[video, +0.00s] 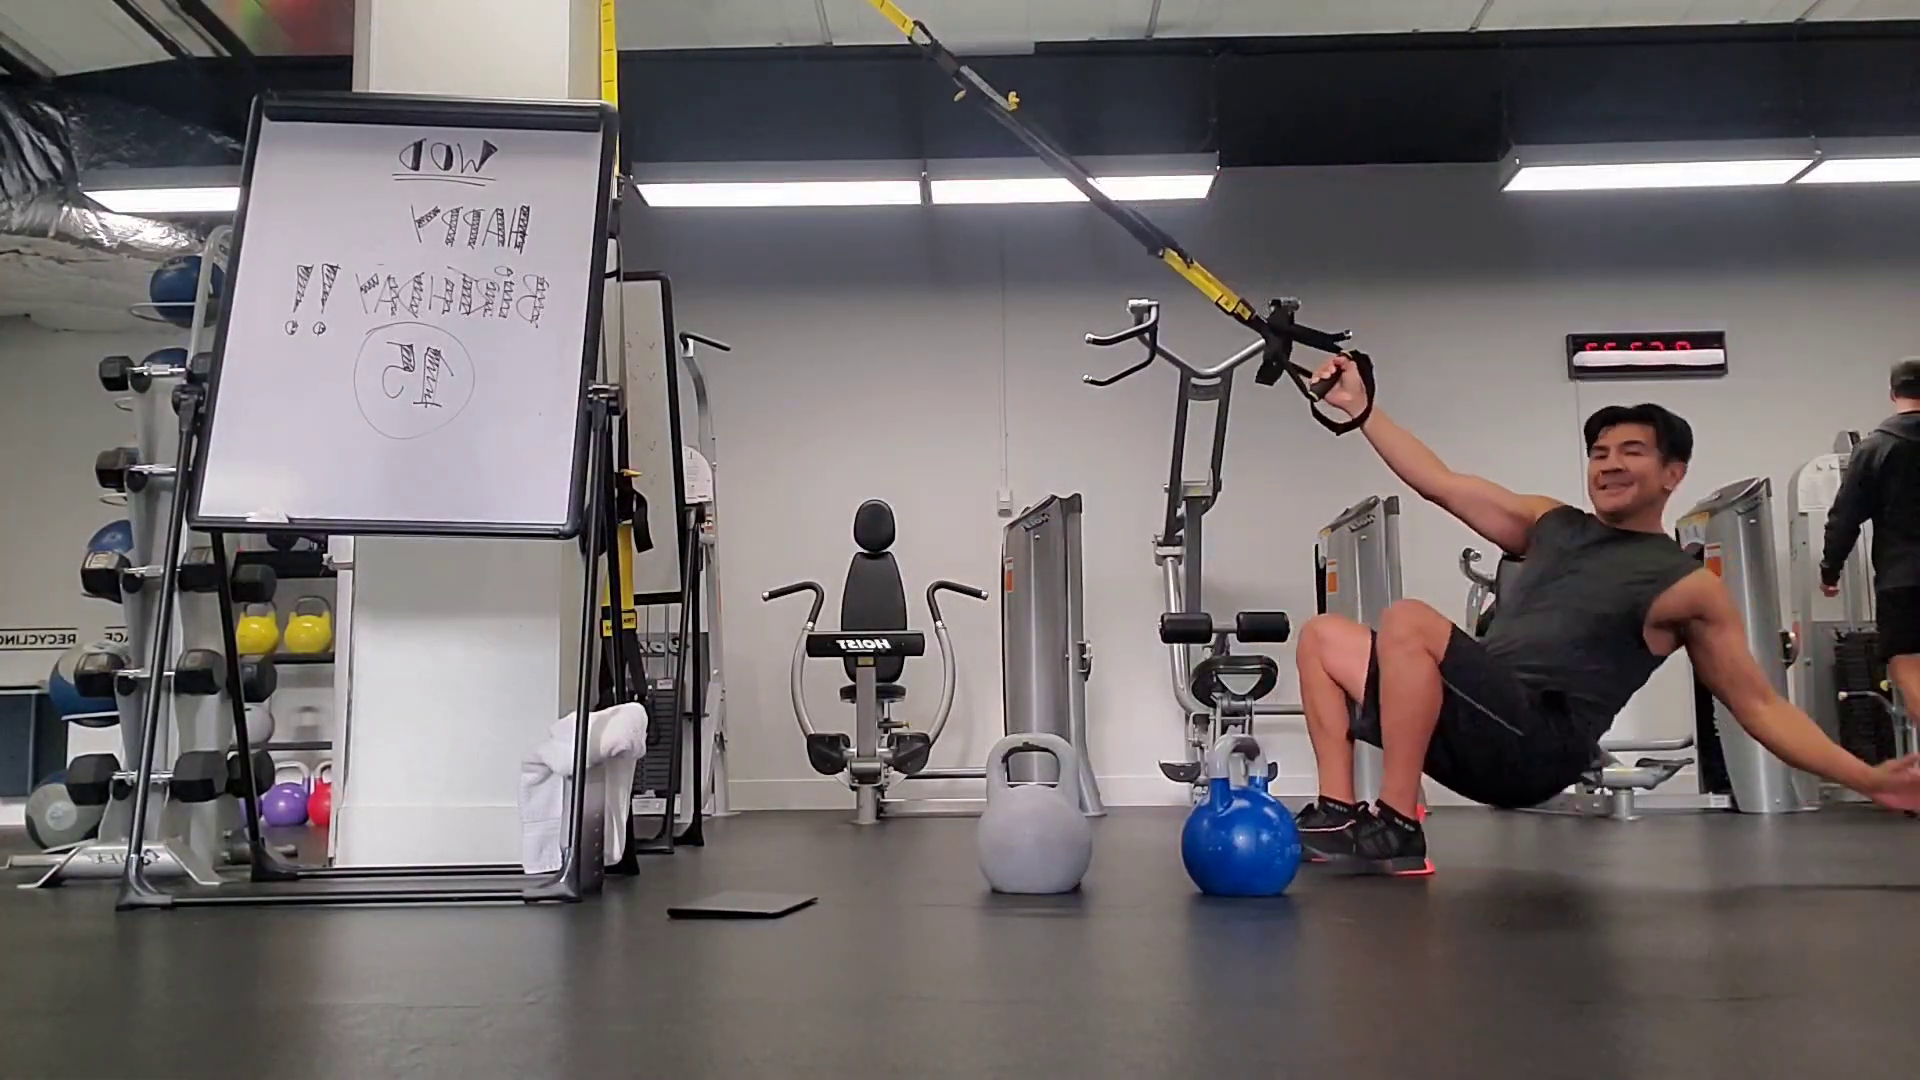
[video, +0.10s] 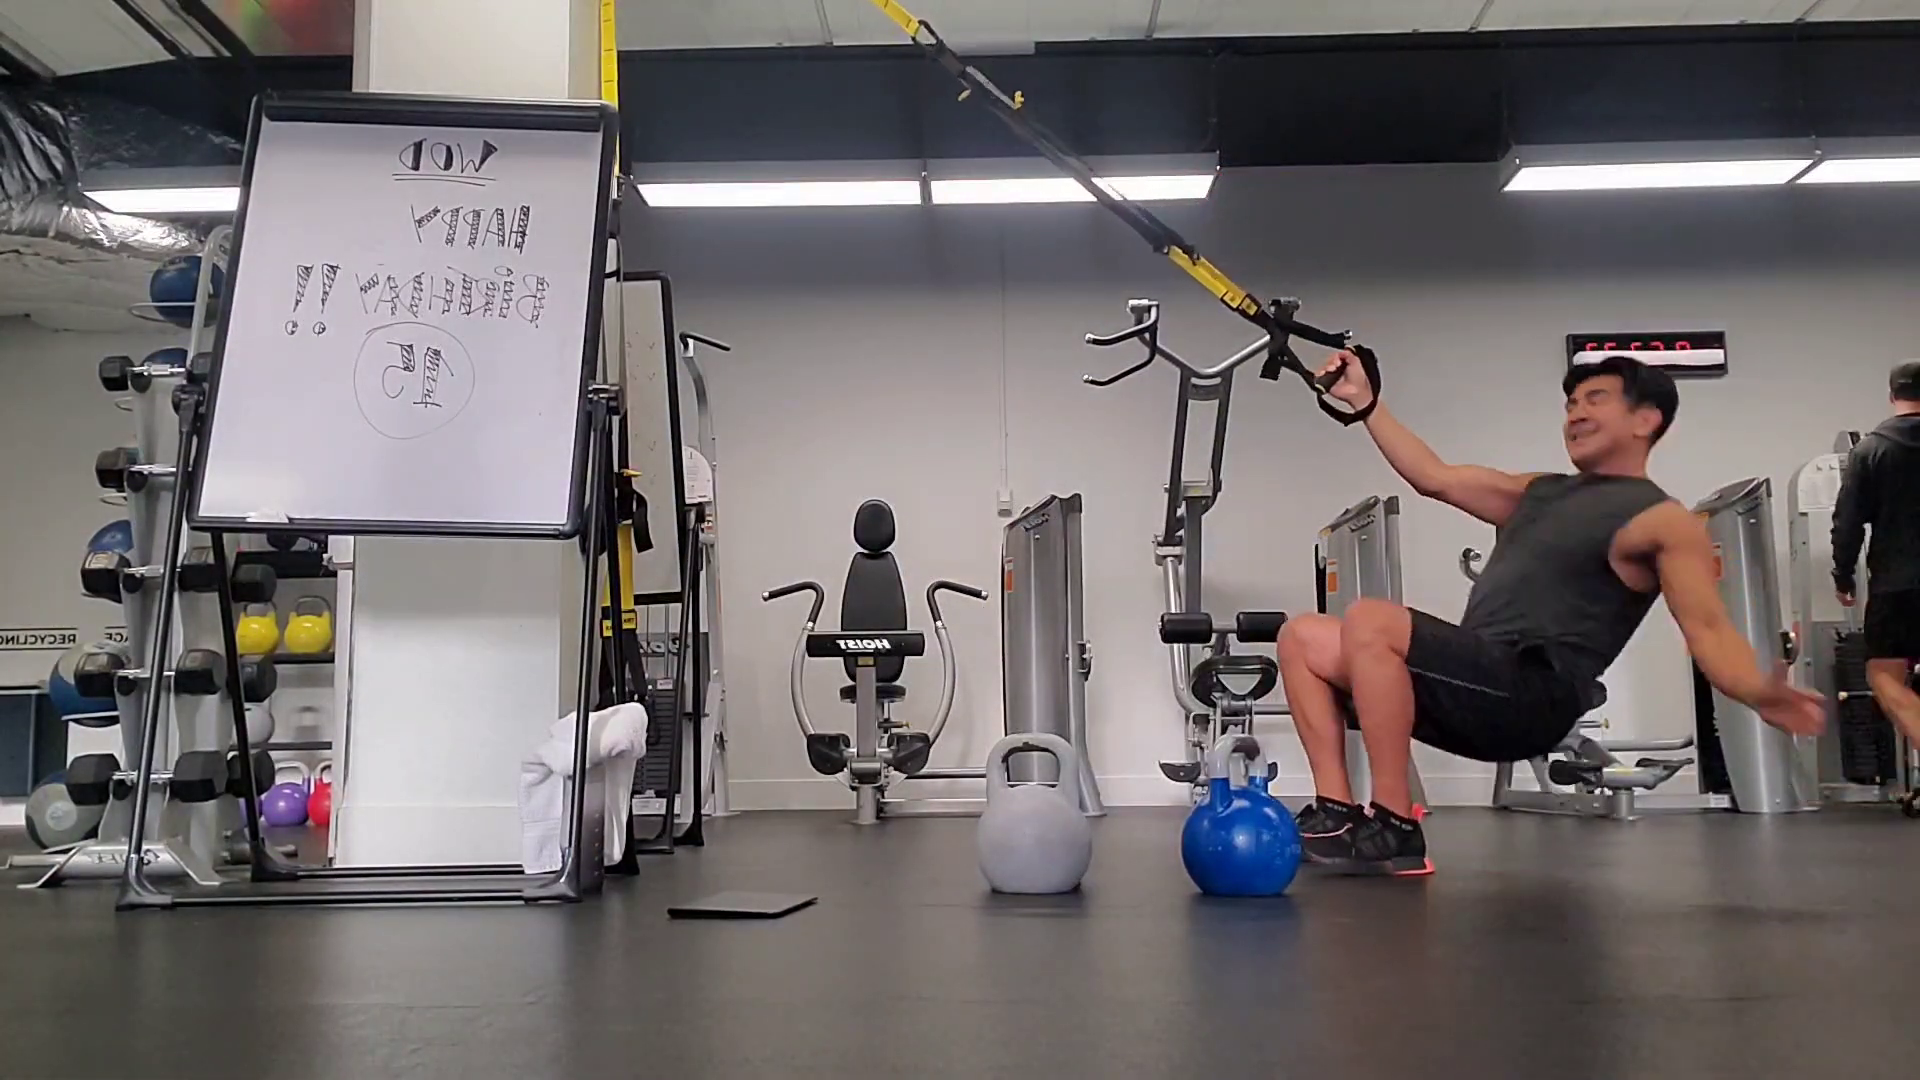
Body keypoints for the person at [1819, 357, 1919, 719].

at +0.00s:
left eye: (1893, 393)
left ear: (1893, 394)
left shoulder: (1880, 446)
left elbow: (1844, 518)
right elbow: (1845, 518)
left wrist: (1830, 570)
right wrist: (1830, 569)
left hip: (1903, 579)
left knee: (1907, 667)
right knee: (1905, 668)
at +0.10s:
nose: (1894, 402)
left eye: (1892, 396)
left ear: (1893, 396)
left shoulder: (1873, 449)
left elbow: (1848, 523)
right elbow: (1848, 522)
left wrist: (1843, 577)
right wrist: (1845, 577)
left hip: (1897, 581)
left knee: (1886, 677)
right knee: (1893, 681)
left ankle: (1919, 741)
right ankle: (1911, 789)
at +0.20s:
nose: (1903, 407)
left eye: (1897, 398)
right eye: (1911, 399)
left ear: (1892, 399)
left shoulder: (1869, 452)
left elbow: (1847, 529)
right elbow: (1848, 530)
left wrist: (1852, 584)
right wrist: (1853, 584)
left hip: (1893, 582)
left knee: (1871, 667)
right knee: (1893, 669)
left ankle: (1910, 744)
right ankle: (1908, 764)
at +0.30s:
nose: (1902, 408)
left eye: (1897, 399)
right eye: (1909, 400)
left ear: (1891, 400)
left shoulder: (1866, 453)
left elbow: (1842, 529)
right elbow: (1844, 531)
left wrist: (1858, 584)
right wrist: (1859, 582)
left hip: (1888, 586)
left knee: (1872, 671)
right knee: (1880, 671)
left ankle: (1892, 768)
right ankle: (1893, 768)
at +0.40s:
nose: (1904, 410)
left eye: (1898, 402)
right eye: (1910, 402)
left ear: (1890, 402)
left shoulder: (1861, 454)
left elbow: (1835, 529)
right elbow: (1837, 529)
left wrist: (1862, 579)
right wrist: (1862, 577)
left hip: (1884, 584)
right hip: (1917, 583)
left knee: (1877, 673)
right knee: (1885, 675)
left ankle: (1877, 780)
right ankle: (1880, 778)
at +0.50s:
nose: (1910, 412)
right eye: (1914, 404)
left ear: (1888, 405)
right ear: (1919, 405)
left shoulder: (1858, 456)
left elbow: (1831, 528)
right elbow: (1833, 528)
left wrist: (1869, 564)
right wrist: (1870, 567)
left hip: (1883, 585)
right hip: (1916, 581)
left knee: (1882, 674)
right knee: (1895, 675)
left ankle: (1885, 782)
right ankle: (1889, 779)